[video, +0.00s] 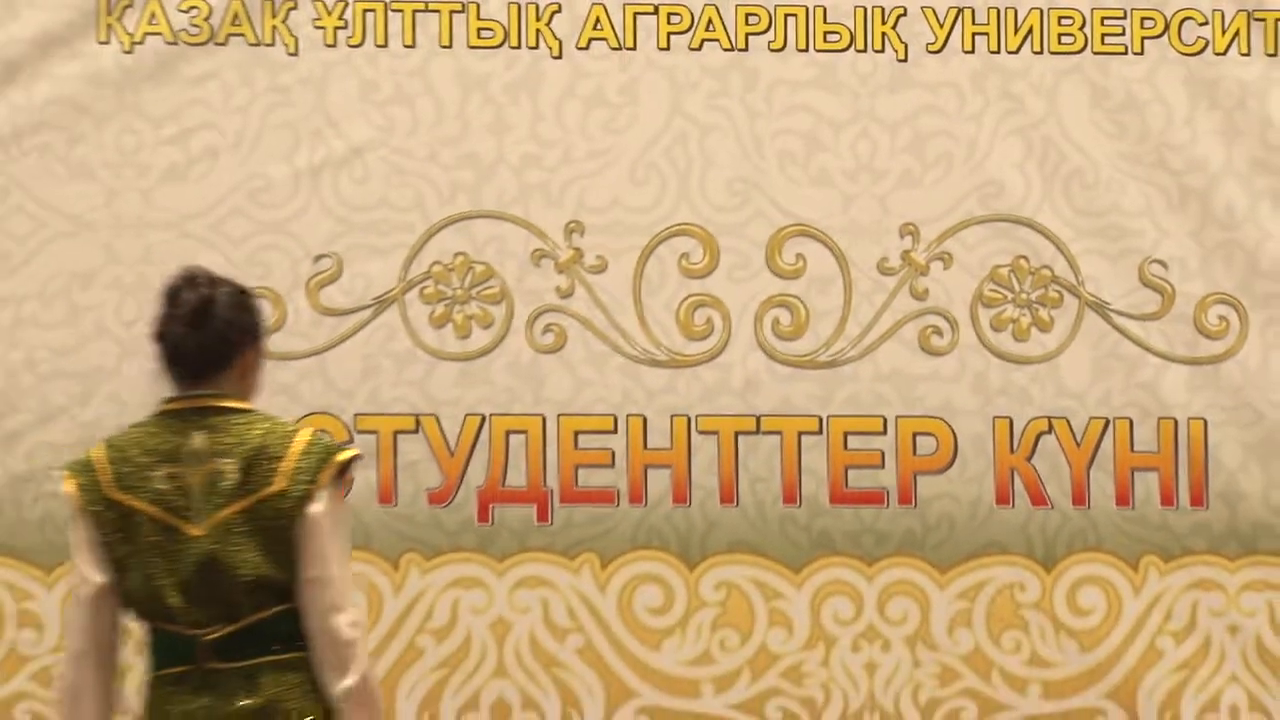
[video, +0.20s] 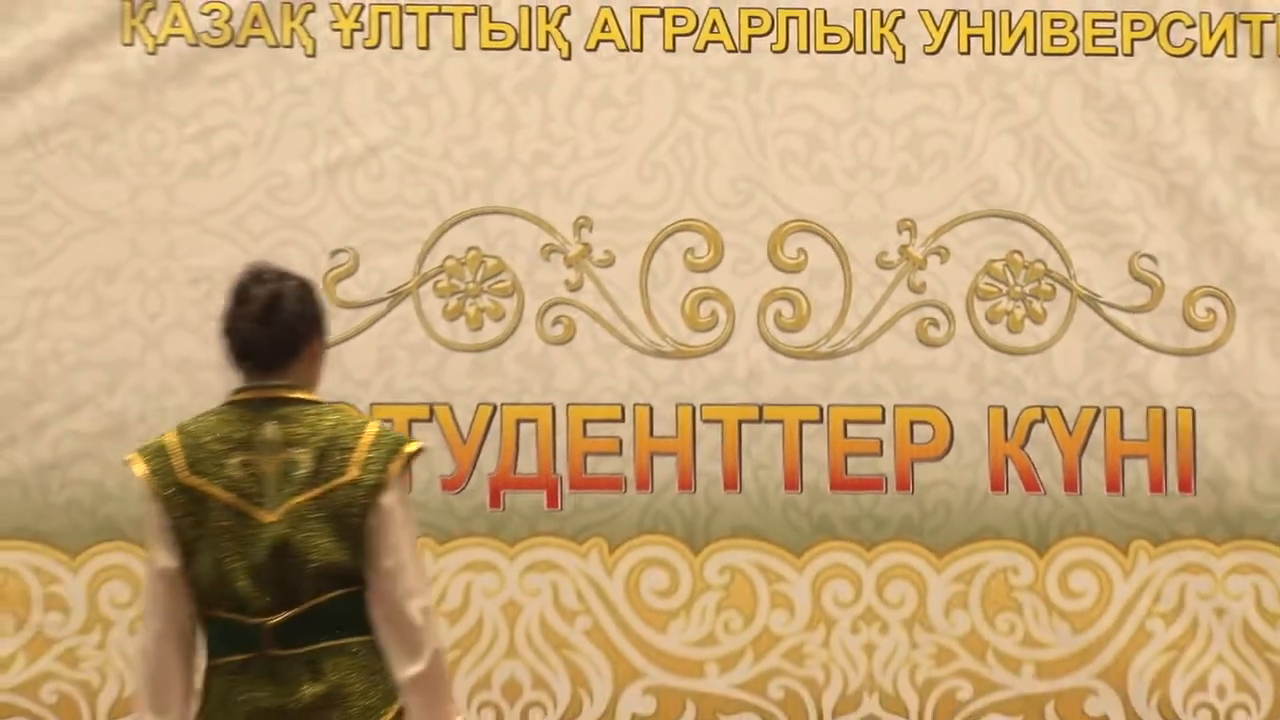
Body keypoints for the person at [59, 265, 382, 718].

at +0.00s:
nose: (261, 361)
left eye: (261, 348)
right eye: (260, 349)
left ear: (166, 354)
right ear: (249, 356)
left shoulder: (101, 471)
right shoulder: (302, 458)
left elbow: (90, 633)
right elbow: (330, 620)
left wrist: (88, 710)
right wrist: (360, 708)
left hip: (172, 697)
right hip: (284, 694)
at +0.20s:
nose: (323, 350)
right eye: (323, 340)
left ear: (232, 348)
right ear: (316, 345)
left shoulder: (172, 460)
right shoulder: (369, 448)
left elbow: (167, 625)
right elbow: (403, 614)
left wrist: (168, 712)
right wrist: (437, 710)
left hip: (232, 700)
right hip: (351, 696)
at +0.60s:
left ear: (291, 326)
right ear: (375, 326)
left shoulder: (255, 417)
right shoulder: (428, 423)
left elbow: (228, 562)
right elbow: (432, 568)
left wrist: (201, 693)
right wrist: (432, 687)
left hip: (280, 681)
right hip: (389, 682)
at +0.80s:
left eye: (287, 309)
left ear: (287, 318)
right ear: (368, 319)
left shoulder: (255, 405)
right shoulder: (415, 414)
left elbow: (233, 548)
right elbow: (416, 553)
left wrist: (204, 677)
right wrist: (409, 666)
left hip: (269, 674)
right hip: (370, 676)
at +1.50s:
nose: (317, 271)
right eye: (316, 262)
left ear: (240, 270)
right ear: (311, 270)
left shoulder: (192, 357)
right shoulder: (351, 353)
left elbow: (177, 486)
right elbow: (372, 480)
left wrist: (175, 594)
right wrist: (388, 585)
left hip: (231, 598)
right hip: (331, 597)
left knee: (235, 713)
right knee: (344, 711)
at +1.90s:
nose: (367, 246)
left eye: (362, 235)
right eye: (366, 237)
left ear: (295, 246)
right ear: (357, 245)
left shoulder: (253, 329)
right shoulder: (398, 316)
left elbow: (244, 452)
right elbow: (419, 435)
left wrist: (244, 549)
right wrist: (450, 538)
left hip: (308, 551)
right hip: (394, 545)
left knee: (294, 702)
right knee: (411, 701)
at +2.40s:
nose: (430, 215)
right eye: (430, 207)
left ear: (367, 213)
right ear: (429, 212)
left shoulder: (332, 288)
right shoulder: (469, 286)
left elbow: (321, 401)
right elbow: (484, 398)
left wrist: (315, 496)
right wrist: (494, 488)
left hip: (364, 501)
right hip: (447, 499)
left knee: (355, 634)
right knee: (439, 640)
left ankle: (372, 718)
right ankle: (435, 718)